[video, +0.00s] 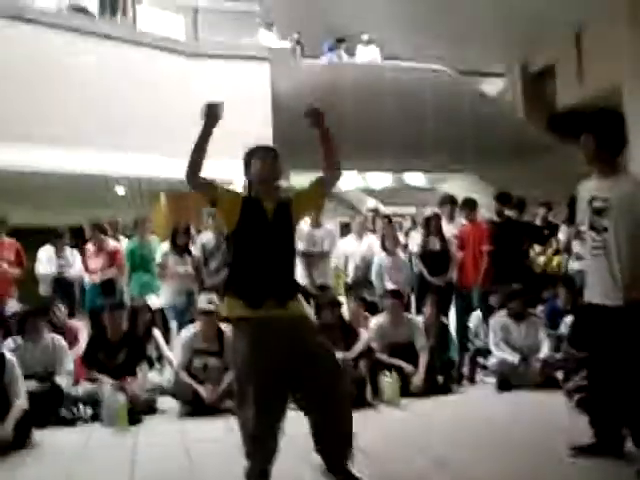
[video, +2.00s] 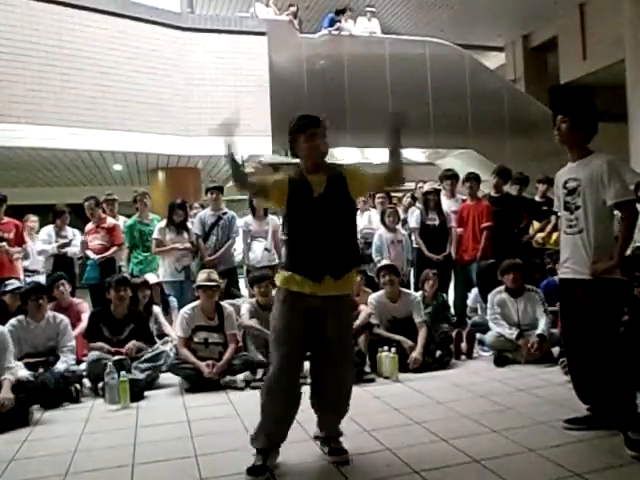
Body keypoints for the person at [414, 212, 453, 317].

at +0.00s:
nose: (436, 226)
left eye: (438, 222)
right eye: (432, 223)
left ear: (440, 224)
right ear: (427, 225)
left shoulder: (446, 241)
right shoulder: (421, 241)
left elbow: (452, 259)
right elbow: (417, 260)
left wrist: (448, 275)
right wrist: (430, 278)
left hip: (444, 281)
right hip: (427, 282)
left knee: (442, 314)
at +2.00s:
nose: (433, 200)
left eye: (435, 196)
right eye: (430, 196)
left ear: (439, 198)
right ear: (425, 198)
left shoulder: (444, 214)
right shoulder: (419, 214)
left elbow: (449, 233)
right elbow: (416, 235)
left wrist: (447, 251)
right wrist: (428, 254)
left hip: (442, 256)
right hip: (425, 256)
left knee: (442, 290)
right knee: (423, 288)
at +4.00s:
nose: (432, 198)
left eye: (435, 194)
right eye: (428, 194)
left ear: (438, 197)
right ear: (424, 196)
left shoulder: (444, 214)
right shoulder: (418, 214)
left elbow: (449, 233)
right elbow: (416, 236)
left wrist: (447, 251)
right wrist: (428, 254)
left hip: (443, 257)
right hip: (425, 257)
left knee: (444, 288)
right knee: (424, 288)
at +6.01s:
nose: (437, 200)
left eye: (440, 197)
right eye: (434, 196)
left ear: (443, 199)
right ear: (429, 199)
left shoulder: (449, 216)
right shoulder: (423, 216)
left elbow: (454, 236)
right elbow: (421, 238)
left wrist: (452, 253)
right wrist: (433, 256)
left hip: (447, 258)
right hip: (429, 258)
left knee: (448, 291)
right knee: (429, 290)